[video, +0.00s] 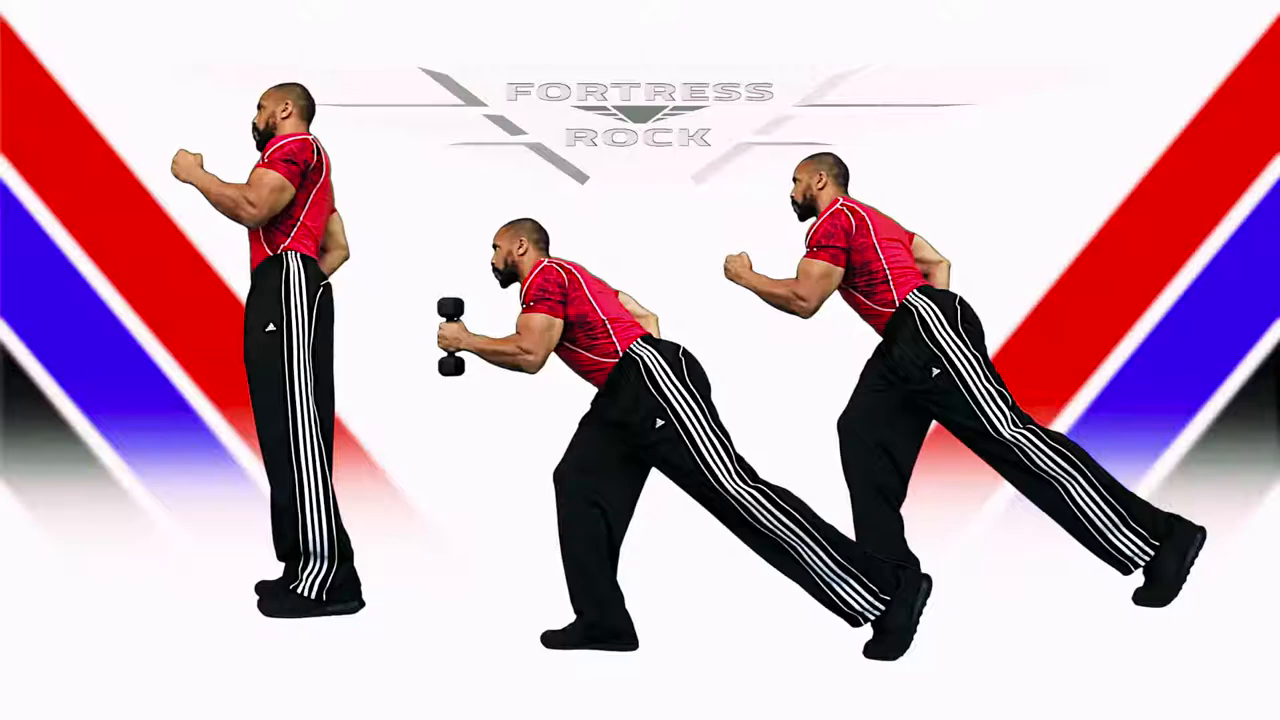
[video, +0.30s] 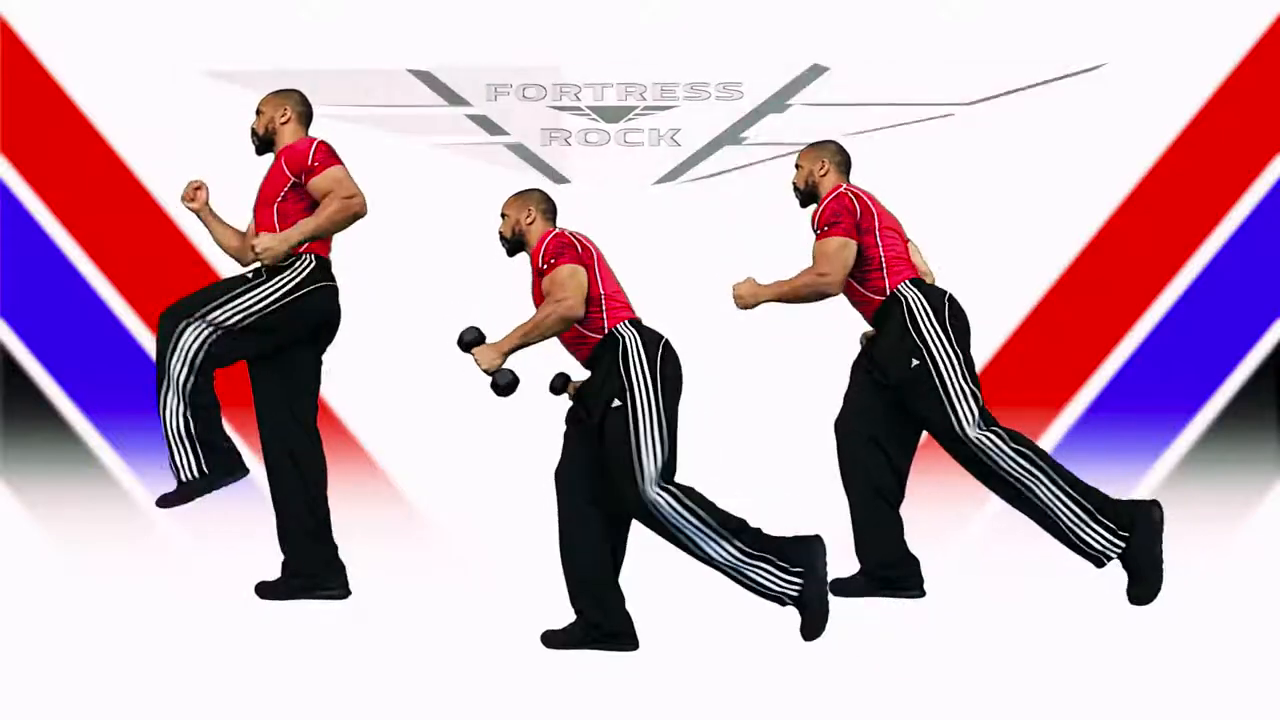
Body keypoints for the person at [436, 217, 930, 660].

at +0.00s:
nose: (494, 260)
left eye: (500, 250)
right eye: (494, 253)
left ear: (526, 244)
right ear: (529, 249)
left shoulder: (547, 274)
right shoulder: (569, 281)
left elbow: (529, 352)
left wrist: (465, 340)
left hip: (649, 375)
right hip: (623, 394)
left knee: (737, 493)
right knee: (580, 484)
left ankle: (886, 594)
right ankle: (603, 621)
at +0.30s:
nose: (499, 226)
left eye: (505, 216)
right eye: (500, 218)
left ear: (530, 214)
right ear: (533, 218)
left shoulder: (558, 243)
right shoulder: (546, 262)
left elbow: (567, 303)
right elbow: (605, 331)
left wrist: (503, 347)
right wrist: (587, 381)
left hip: (632, 355)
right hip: (605, 375)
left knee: (646, 489)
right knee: (579, 488)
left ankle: (795, 567)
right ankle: (602, 621)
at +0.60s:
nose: (525, 192)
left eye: (529, 182)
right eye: (525, 185)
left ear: (554, 179)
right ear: (558, 181)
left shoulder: (583, 206)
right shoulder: (565, 235)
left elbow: (639, 247)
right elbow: (565, 315)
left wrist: (614, 315)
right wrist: (507, 299)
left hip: (595, 334)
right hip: (610, 350)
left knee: (492, 365)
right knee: (590, 488)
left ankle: (519, 490)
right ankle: (605, 621)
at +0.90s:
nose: (532, 191)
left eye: (538, 181)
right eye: (532, 183)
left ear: (564, 179)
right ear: (562, 181)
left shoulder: (587, 208)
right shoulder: (566, 241)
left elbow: (642, 254)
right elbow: (547, 312)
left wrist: (629, 325)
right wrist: (499, 280)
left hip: (596, 328)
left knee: (485, 356)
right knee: (580, 489)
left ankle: (501, 485)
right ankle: (601, 622)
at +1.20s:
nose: (531, 194)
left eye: (536, 184)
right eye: (532, 186)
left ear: (562, 182)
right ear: (563, 185)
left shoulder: (585, 208)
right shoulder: (568, 240)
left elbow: (641, 246)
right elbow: (553, 316)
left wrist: (632, 317)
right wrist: (500, 284)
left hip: (593, 327)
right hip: (600, 352)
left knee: (481, 346)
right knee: (577, 485)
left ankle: (489, 477)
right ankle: (602, 620)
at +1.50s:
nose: (513, 201)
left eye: (518, 190)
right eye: (514, 194)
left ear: (543, 187)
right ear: (548, 190)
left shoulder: (574, 216)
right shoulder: (557, 245)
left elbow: (598, 271)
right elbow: (576, 328)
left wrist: (544, 327)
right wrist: (541, 348)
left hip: (613, 333)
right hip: (606, 345)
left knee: (536, 436)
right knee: (586, 484)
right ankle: (600, 619)